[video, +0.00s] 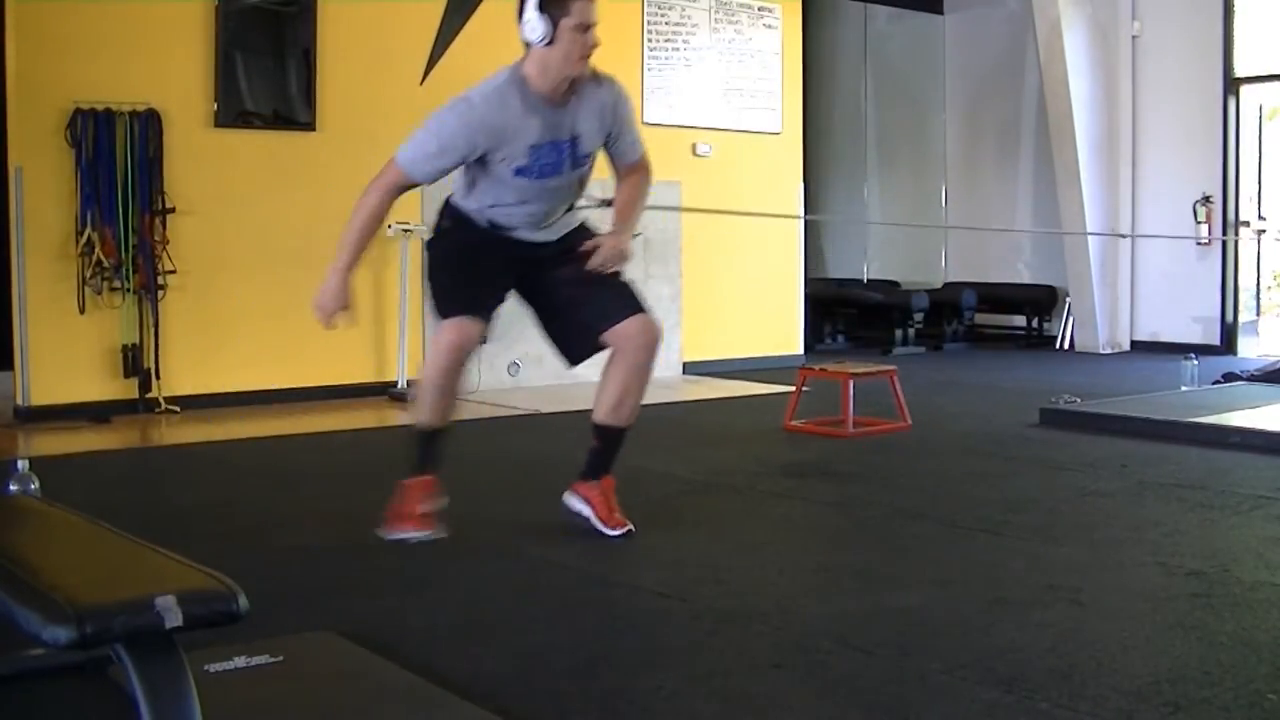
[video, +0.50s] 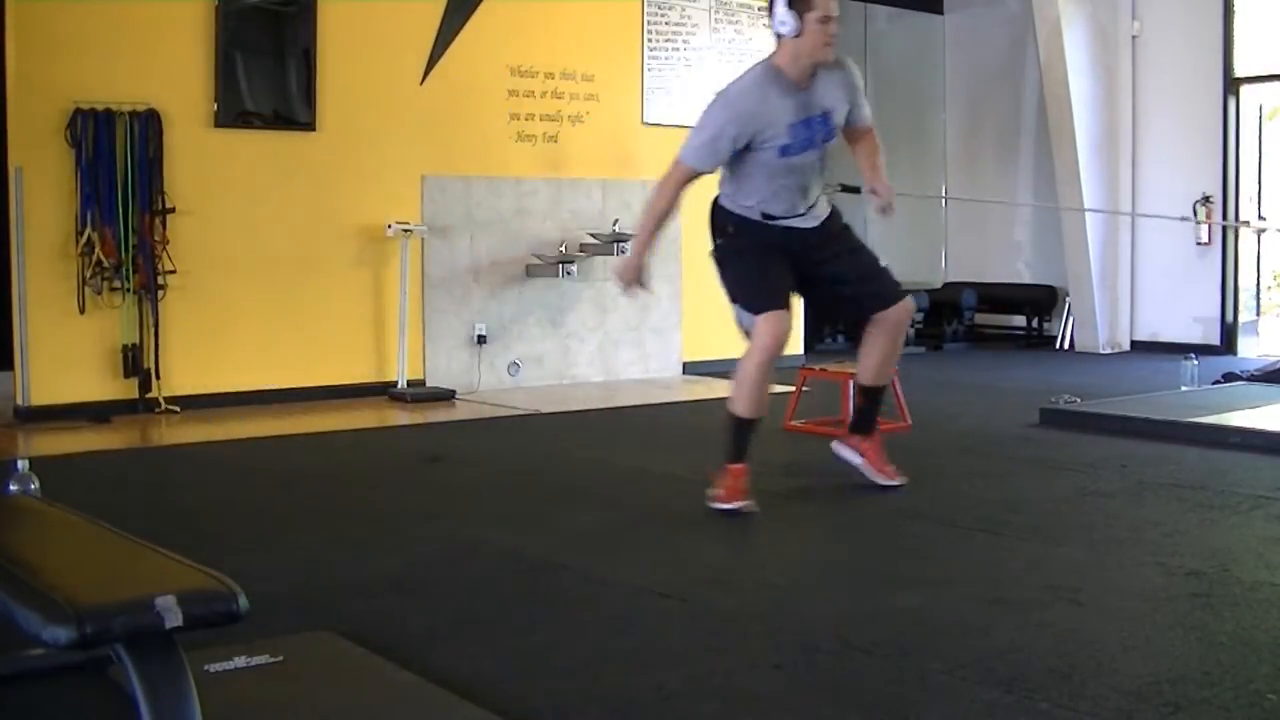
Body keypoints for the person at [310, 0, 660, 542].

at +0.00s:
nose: (594, 39)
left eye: (594, 27)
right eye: (582, 28)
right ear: (540, 35)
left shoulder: (604, 97)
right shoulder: (485, 109)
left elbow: (635, 171)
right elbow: (387, 183)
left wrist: (621, 234)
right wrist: (338, 275)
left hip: (556, 238)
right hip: (475, 235)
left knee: (637, 334)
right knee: (459, 332)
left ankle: (595, 483)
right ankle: (421, 485)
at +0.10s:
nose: (631, 24)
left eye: (631, 13)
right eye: (619, 13)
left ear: (622, 21)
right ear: (579, 21)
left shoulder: (642, 81)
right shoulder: (526, 94)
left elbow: (672, 154)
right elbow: (433, 164)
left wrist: (683, 229)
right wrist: (412, 263)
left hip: (615, 221)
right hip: (532, 227)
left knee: (694, 318)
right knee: (537, 335)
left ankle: (655, 458)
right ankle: (568, 469)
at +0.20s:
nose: (672, 32)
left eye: (672, 21)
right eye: (660, 21)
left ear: (664, 28)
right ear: (622, 29)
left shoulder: (685, 86)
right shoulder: (570, 102)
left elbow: (720, 156)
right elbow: (484, 168)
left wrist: (746, 220)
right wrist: (454, 255)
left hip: (676, 236)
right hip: (595, 243)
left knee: (755, 341)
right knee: (595, 357)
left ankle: (766, 450)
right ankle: (612, 485)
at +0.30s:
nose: (723, 48)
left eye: (723, 38)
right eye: (713, 39)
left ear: (716, 43)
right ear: (679, 46)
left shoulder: (744, 100)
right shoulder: (631, 118)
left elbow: (787, 159)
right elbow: (546, 177)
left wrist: (801, 175)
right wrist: (491, 251)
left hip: (736, 251)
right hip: (657, 252)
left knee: (807, 359)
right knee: (637, 351)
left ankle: (829, 463)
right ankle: (618, 487)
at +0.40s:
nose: (784, 42)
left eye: (784, 32)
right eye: (774, 33)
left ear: (775, 39)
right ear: (739, 41)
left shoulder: (802, 91)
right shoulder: (696, 111)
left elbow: (841, 152)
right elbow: (616, 176)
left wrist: (841, 154)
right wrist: (552, 241)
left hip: (780, 240)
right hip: (708, 242)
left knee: (856, 343)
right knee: (715, 340)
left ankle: (836, 461)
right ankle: (643, 479)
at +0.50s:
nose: (834, 31)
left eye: (836, 20)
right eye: (823, 21)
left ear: (833, 26)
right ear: (788, 27)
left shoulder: (839, 76)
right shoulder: (745, 98)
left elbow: (860, 131)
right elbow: (679, 174)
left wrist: (873, 174)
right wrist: (637, 252)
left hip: (813, 218)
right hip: (746, 224)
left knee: (893, 309)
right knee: (771, 329)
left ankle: (861, 436)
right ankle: (734, 470)